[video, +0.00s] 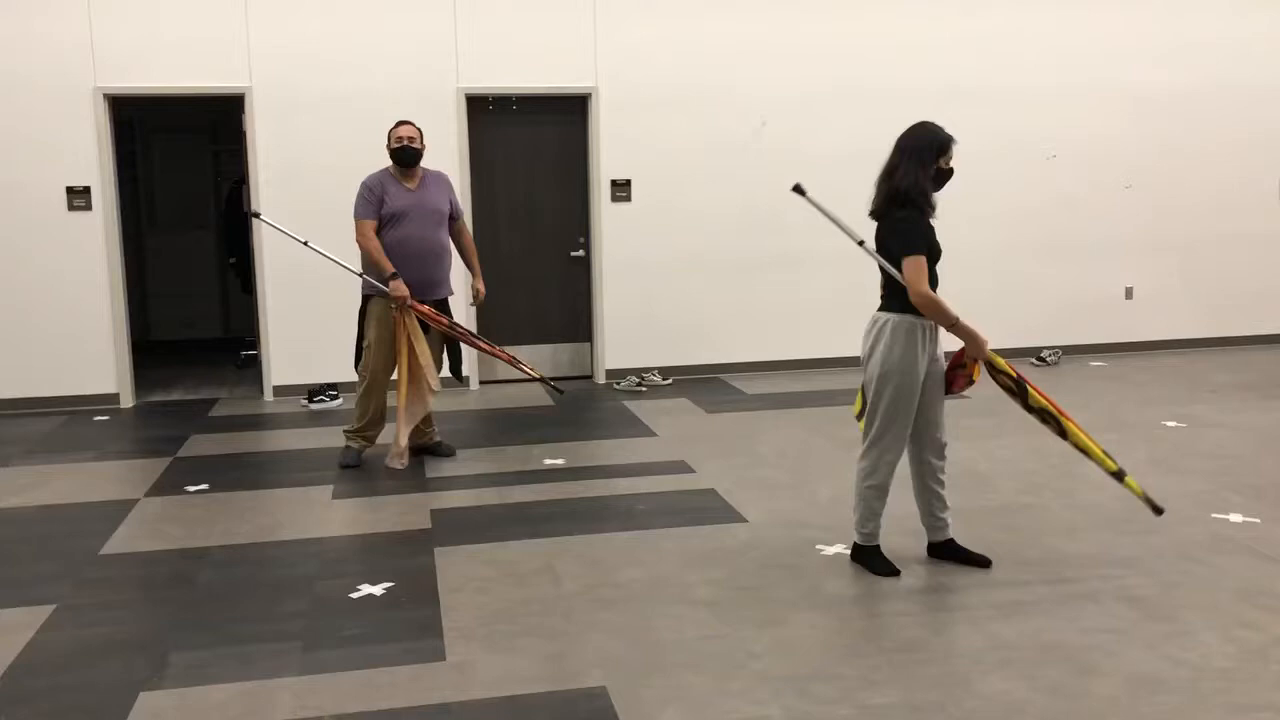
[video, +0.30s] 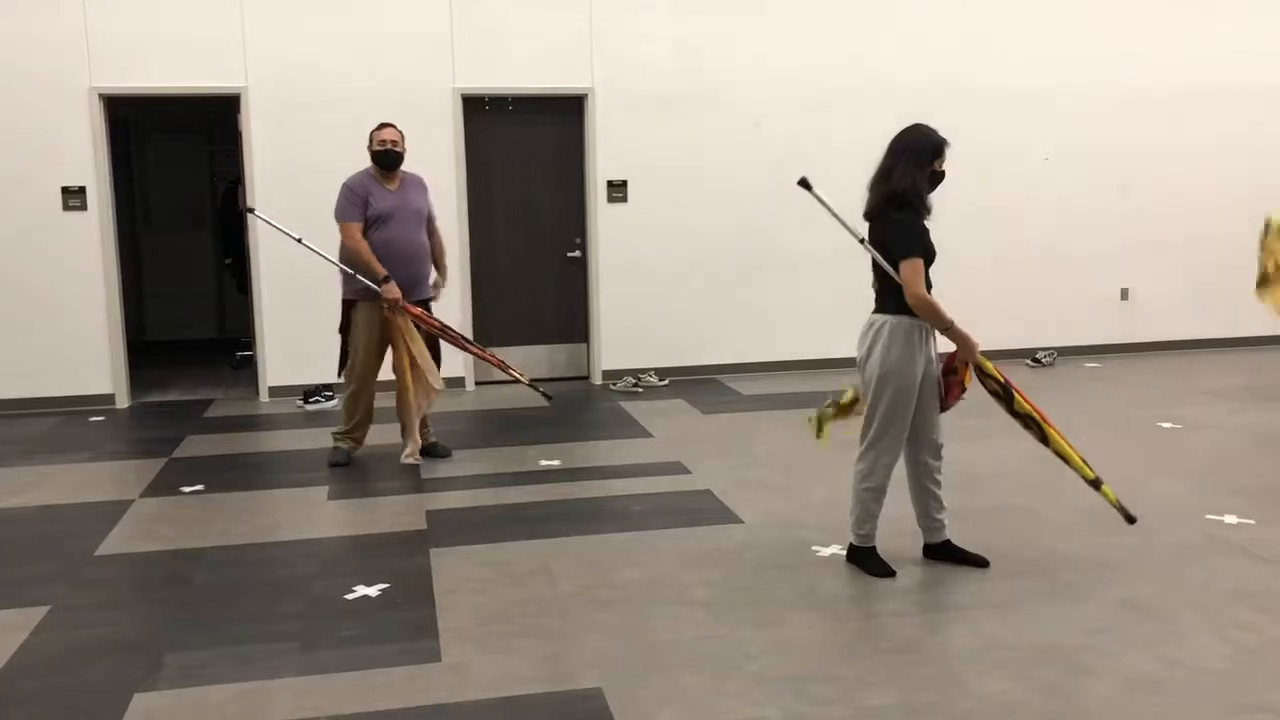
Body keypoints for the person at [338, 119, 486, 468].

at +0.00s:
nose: (405, 144)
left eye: (412, 139)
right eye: (398, 140)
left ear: (423, 147)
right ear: (388, 149)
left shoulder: (440, 183)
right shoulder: (374, 185)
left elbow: (459, 230)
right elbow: (365, 236)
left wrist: (477, 274)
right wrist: (392, 276)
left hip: (432, 297)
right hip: (385, 295)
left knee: (426, 371)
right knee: (376, 370)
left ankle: (423, 436)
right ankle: (358, 441)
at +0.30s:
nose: (388, 147)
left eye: (394, 143)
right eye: (381, 143)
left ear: (404, 150)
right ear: (370, 150)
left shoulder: (417, 185)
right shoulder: (356, 187)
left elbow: (431, 230)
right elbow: (352, 241)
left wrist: (441, 270)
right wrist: (384, 279)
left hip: (415, 296)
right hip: (367, 298)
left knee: (420, 371)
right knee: (360, 374)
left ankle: (422, 437)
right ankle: (346, 442)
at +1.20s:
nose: (398, 165)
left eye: (402, 160)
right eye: (390, 160)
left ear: (407, 163)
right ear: (374, 164)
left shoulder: (410, 196)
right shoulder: (360, 199)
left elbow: (432, 231)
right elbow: (361, 250)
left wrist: (446, 227)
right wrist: (397, 288)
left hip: (417, 302)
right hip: (375, 304)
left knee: (418, 371)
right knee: (363, 377)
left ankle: (411, 434)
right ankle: (333, 448)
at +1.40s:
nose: (407, 167)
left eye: (410, 162)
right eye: (400, 162)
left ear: (414, 162)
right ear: (381, 162)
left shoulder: (420, 192)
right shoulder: (365, 196)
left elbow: (451, 224)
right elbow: (366, 247)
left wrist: (433, 194)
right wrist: (404, 284)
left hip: (416, 296)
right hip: (379, 297)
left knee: (415, 366)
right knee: (383, 369)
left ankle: (409, 432)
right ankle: (378, 443)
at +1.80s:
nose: (420, 172)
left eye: (424, 167)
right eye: (413, 167)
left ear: (428, 168)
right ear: (397, 167)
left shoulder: (431, 198)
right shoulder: (379, 201)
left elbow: (464, 226)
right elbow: (381, 250)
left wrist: (438, 191)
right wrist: (422, 283)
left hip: (436, 301)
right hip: (396, 306)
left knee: (457, 359)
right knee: (402, 380)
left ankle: (451, 427)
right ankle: (391, 444)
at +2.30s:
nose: (466, 181)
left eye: (470, 176)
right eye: (461, 176)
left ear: (475, 175)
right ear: (447, 173)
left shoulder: (480, 201)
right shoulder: (429, 203)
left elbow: (511, 228)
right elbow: (429, 250)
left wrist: (487, 196)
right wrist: (465, 281)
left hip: (483, 299)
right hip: (446, 301)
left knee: (481, 367)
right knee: (437, 370)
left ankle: (475, 429)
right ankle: (417, 440)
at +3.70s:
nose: (479, 133)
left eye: (480, 128)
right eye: (472, 128)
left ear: (479, 133)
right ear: (454, 132)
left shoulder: (475, 162)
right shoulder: (436, 165)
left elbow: (483, 206)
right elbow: (436, 216)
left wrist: (497, 236)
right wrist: (477, 246)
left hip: (479, 264)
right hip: (444, 267)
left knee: (479, 333)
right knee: (437, 338)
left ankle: (479, 393)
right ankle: (409, 401)